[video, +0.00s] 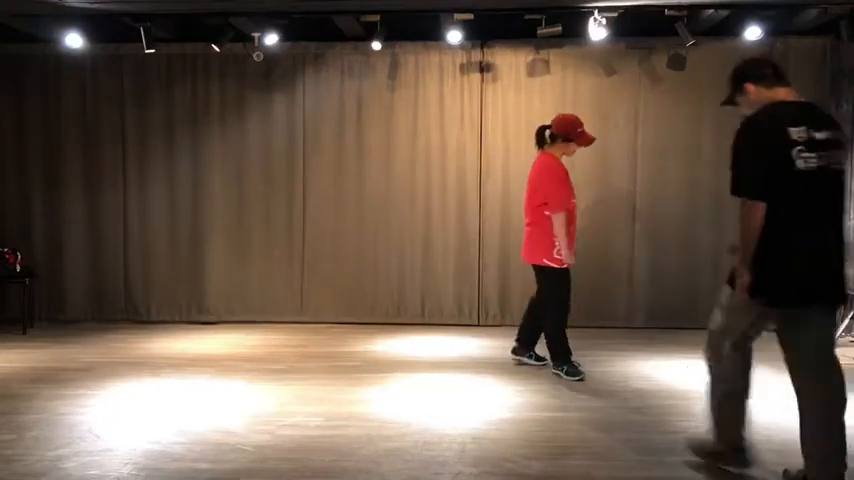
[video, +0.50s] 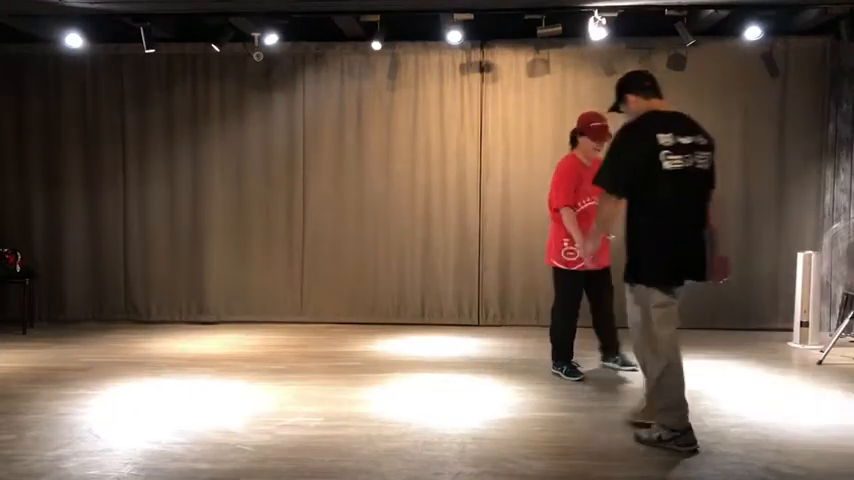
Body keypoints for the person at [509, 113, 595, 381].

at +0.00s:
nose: (577, 148)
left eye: (578, 144)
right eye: (575, 143)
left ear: (557, 139)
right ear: (564, 141)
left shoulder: (544, 163)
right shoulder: (552, 168)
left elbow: (552, 209)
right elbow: (558, 212)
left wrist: (557, 241)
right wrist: (563, 245)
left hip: (542, 248)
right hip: (550, 250)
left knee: (545, 298)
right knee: (556, 304)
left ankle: (523, 347)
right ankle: (561, 360)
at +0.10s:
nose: (583, 148)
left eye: (584, 143)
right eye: (582, 143)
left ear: (565, 139)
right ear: (568, 140)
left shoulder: (557, 163)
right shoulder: (553, 166)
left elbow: (557, 209)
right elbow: (551, 211)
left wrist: (569, 244)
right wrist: (562, 247)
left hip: (560, 248)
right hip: (554, 249)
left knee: (558, 300)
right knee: (560, 304)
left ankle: (533, 341)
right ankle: (561, 360)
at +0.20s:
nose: (587, 146)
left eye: (588, 142)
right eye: (585, 141)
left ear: (570, 138)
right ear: (570, 138)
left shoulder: (568, 164)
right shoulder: (558, 167)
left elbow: (570, 207)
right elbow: (556, 211)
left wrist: (578, 241)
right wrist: (560, 245)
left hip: (573, 249)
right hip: (561, 252)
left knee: (578, 292)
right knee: (560, 305)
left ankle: (547, 338)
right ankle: (560, 358)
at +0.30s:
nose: (590, 146)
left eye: (592, 141)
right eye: (587, 140)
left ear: (576, 138)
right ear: (572, 137)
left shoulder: (577, 162)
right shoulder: (561, 166)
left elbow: (579, 204)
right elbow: (563, 208)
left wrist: (584, 240)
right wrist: (562, 243)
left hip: (581, 249)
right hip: (564, 252)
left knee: (589, 294)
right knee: (563, 304)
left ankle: (563, 344)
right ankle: (560, 358)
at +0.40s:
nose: (594, 145)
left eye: (596, 140)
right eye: (591, 139)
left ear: (590, 138)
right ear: (575, 136)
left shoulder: (588, 163)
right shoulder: (564, 166)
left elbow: (590, 202)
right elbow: (563, 208)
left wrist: (594, 235)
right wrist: (571, 243)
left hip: (588, 248)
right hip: (566, 251)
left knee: (594, 298)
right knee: (564, 306)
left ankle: (588, 348)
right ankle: (561, 360)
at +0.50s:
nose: (600, 145)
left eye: (604, 139)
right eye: (595, 139)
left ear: (606, 139)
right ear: (579, 137)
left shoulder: (602, 166)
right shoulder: (567, 166)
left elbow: (612, 201)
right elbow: (564, 207)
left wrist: (606, 230)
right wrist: (580, 240)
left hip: (596, 250)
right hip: (568, 252)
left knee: (603, 304)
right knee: (566, 308)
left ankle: (610, 353)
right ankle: (562, 360)